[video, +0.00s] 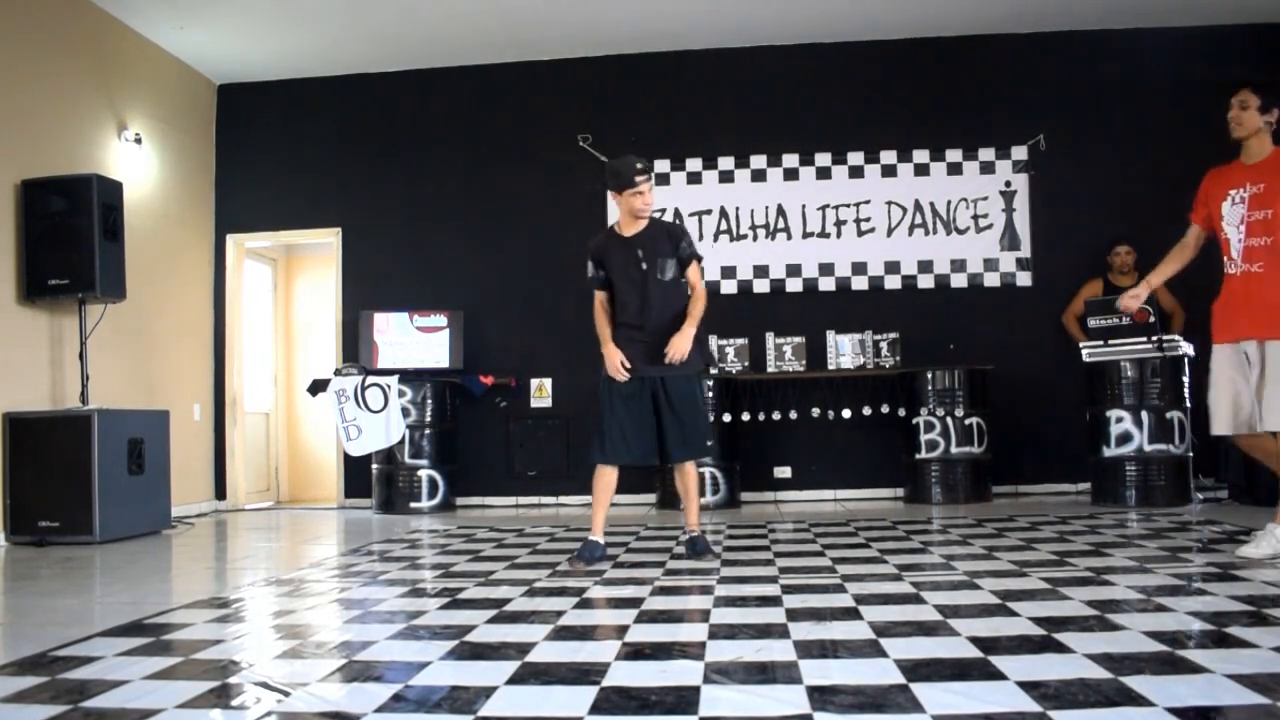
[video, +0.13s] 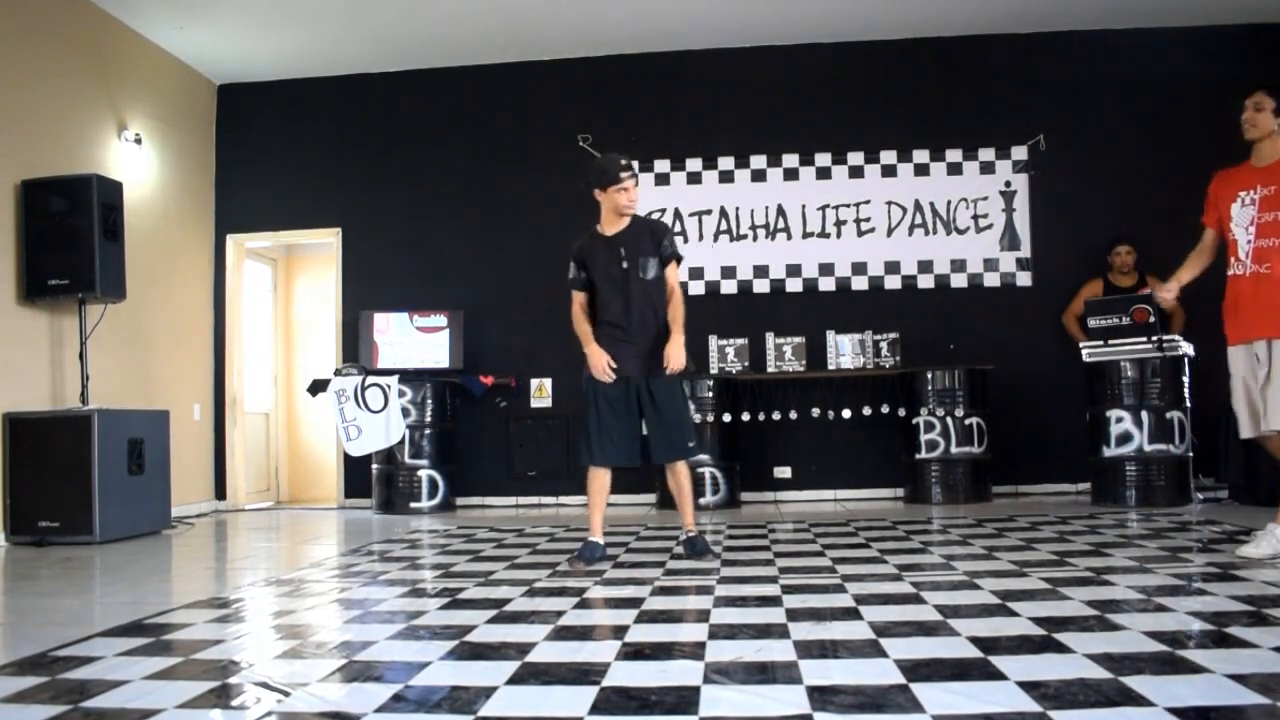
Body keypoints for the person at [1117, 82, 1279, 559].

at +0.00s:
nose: (1233, 116)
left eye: (1244, 108)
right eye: (1232, 108)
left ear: (1270, 117)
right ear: (1231, 118)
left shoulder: (1276, 167)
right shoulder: (1219, 179)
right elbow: (1190, 243)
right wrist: (1145, 286)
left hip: (1274, 320)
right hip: (1233, 322)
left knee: (1271, 427)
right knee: (1240, 429)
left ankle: (1276, 525)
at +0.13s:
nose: (1248, 116)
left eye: (1259, 109)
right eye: (1246, 109)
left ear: (1279, 120)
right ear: (1241, 119)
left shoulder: (1279, 171)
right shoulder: (1226, 180)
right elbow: (1208, 245)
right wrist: (1174, 282)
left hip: (1277, 320)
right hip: (1242, 323)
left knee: (1273, 428)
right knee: (1261, 429)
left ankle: (1277, 525)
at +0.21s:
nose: (1254, 119)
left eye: (1264, 111)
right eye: (1252, 112)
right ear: (1249, 122)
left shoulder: (1272, 176)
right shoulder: (1232, 183)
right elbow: (1220, 244)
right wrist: (1204, 284)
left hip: (1275, 322)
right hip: (1251, 326)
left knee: (1272, 427)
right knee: (1266, 428)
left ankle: (1274, 524)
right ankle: (1272, 522)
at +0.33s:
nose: (1263, 124)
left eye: (1271, 116)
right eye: (1260, 117)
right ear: (1254, 126)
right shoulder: (1244, 189)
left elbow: (1244, 256)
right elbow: (1244, 255)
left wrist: (1250, 311)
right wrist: (1249, 311)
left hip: (1277, 328)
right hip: (1270, 329)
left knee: (1276, 423)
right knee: (1276, 421)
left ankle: (1278, 521)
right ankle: (1278, 520)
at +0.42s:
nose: (1265, 128)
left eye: (1273, 120)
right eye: (1262, 121)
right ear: (1257, 131)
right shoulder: (1254, 194)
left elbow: (1262, 266)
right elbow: (1261, 266)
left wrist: (1268, 324)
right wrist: (1268, 325)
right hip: (1277, 330)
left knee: (1278, 425)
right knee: (1279, 422)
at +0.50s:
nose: (1263, 127)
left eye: (1272, 119)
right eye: (1260, 120)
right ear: (1258, 128)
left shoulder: (1264, 192)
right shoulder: (1264, 192)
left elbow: (1268, 260)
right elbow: (1268, 259)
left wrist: (1262, 320)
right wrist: (1262, 319)